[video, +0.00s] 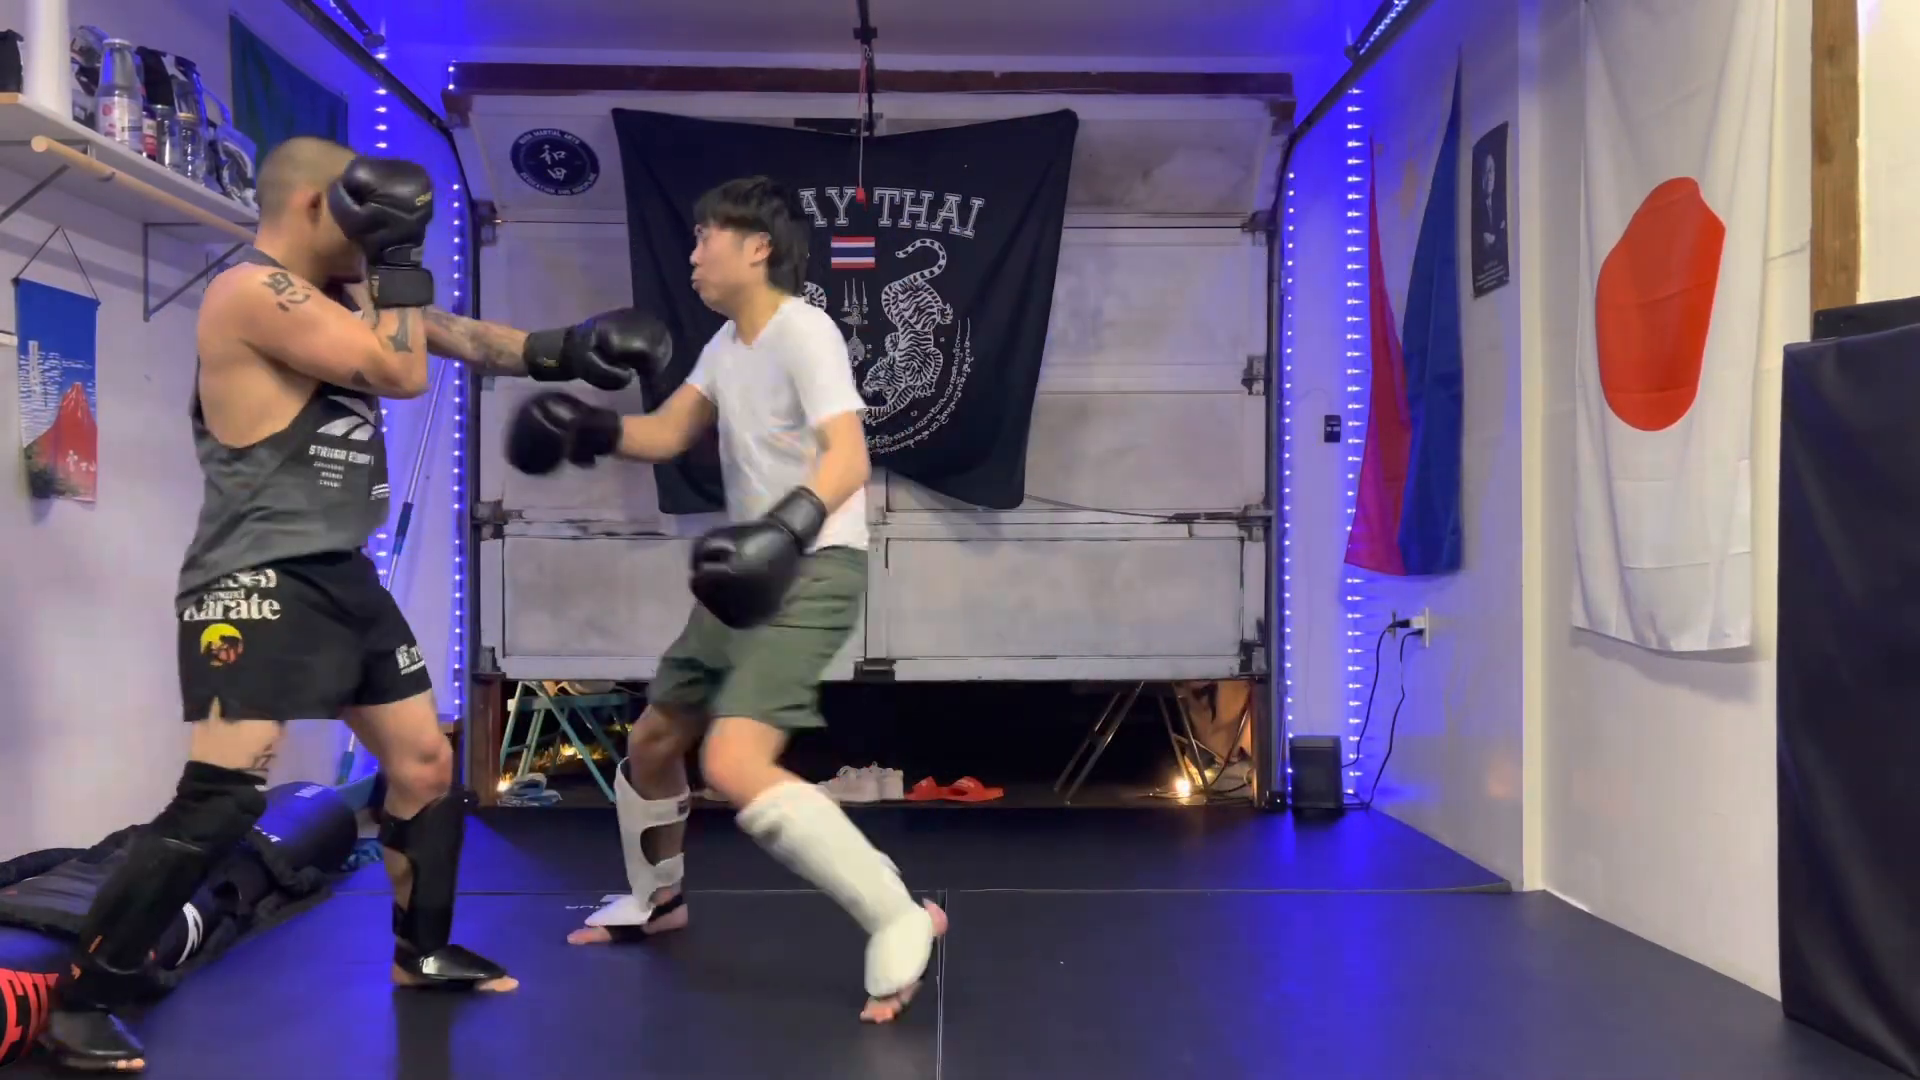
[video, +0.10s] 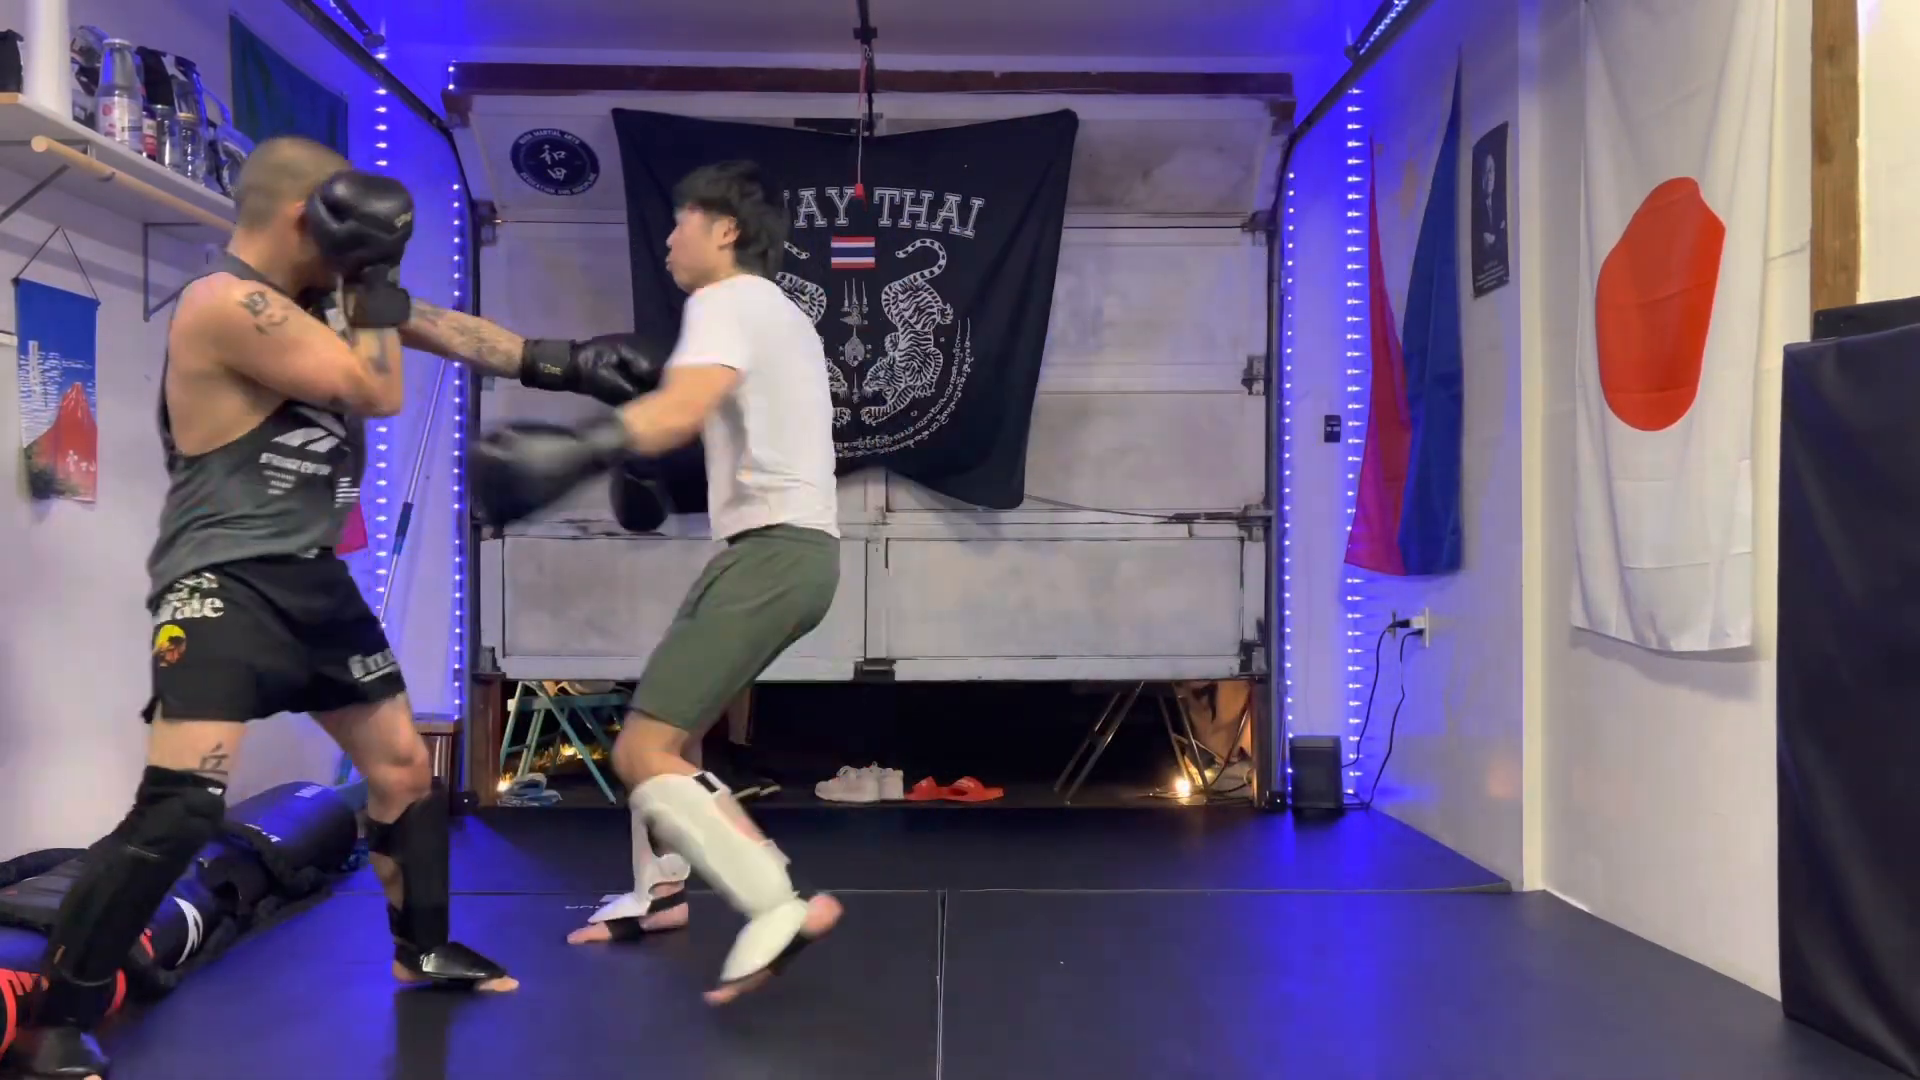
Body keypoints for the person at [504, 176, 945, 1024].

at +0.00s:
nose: (692, 255)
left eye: (705, 239)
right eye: (695, 240)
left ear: (756, 249)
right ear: (743, 253)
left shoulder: (804, 332)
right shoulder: (724, 344)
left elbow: (848, 455)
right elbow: (670, 431)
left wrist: (781, 534)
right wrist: (594, 431)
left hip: (818, 563)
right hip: (743, 565)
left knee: (737, 761)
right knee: (652, 745)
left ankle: (900, 920)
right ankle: (656, 897)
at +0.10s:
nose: (669, 237)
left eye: (681, 222)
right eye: (674, 222)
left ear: (725, 232)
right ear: (739, 237)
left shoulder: (726, 303)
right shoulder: (779, 312)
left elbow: (681, 409)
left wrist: (572, 452)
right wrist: (641, 391)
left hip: (770, 551)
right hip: (789, 551)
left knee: (642, 750)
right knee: (664, 736)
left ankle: (776, 903)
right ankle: (659, 891)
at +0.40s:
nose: (669, 276)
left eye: (682, 260)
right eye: (671, 260)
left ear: (735, 266)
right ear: (742, 273)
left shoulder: (720, 335)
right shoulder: (817, 342)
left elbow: (660, 443)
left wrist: (530, 467)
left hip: (778, 582)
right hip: (851, 583)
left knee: (636, 762)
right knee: (793, 729)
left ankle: (635, 972)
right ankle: (915, 875)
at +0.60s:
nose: (735, 243)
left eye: (745, 226)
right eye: (733, 227)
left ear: (796, 226)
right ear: (807, 232)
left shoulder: (807, 288)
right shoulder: (869, 290)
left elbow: (776, 403)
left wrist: (656, 407)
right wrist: (762, 284)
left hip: (878, 521)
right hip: (933, 523)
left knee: (771, 729)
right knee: (875, 700)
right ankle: (955, 860)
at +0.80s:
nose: (800, 282)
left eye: (810, 264)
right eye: (799, 267)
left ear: (861, 268)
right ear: (864, 272)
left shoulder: (884, 324)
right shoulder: (906, 328)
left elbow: (900, 450)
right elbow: (897, 437)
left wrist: (785, 437)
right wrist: (829, 415)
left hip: (933, 570)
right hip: (956, 567)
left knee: (831, 769)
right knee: (925, 742)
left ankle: (966, 926)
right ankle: (1009, 890)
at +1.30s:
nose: (816, 295)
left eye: (829, 281)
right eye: (815, 280)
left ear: (890, 283)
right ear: (841, 284)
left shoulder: (969, 346)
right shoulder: (840, 335)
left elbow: (985, 489)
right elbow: (739, 394)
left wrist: (894, 432)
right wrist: (681, 357)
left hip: (1012, 556)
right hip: (944, 560)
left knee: (927, 744)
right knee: (960, 751)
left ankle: (947, 993)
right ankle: (1033, 889)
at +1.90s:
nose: (738, 238)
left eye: (756, 220)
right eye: (738, 221)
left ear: (826, 230)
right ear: (801, 235)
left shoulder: (869, 324)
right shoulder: (793, 320)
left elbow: (850, 491)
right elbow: (732, 415)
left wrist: (717, 460)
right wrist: (640, 381)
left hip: (946, 589)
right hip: (891, 586)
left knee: (767, 770)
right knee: (913, 785)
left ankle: (780, 1046)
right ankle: (1025, 905)